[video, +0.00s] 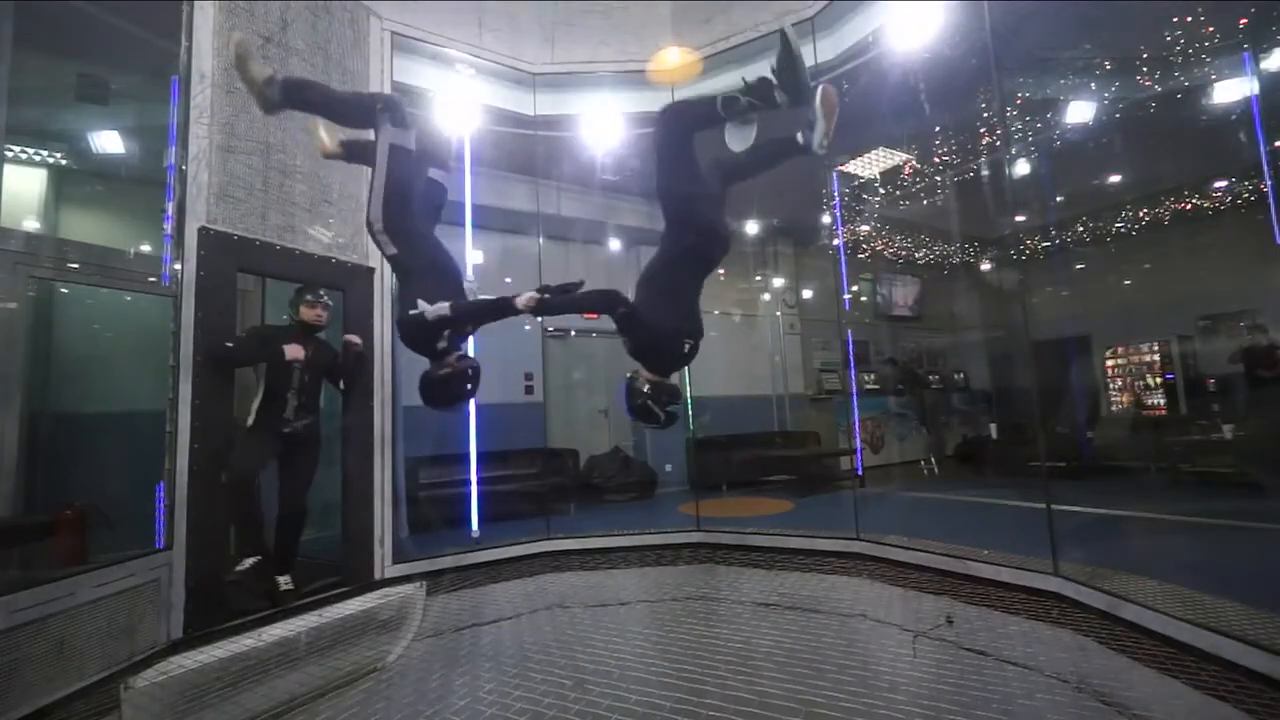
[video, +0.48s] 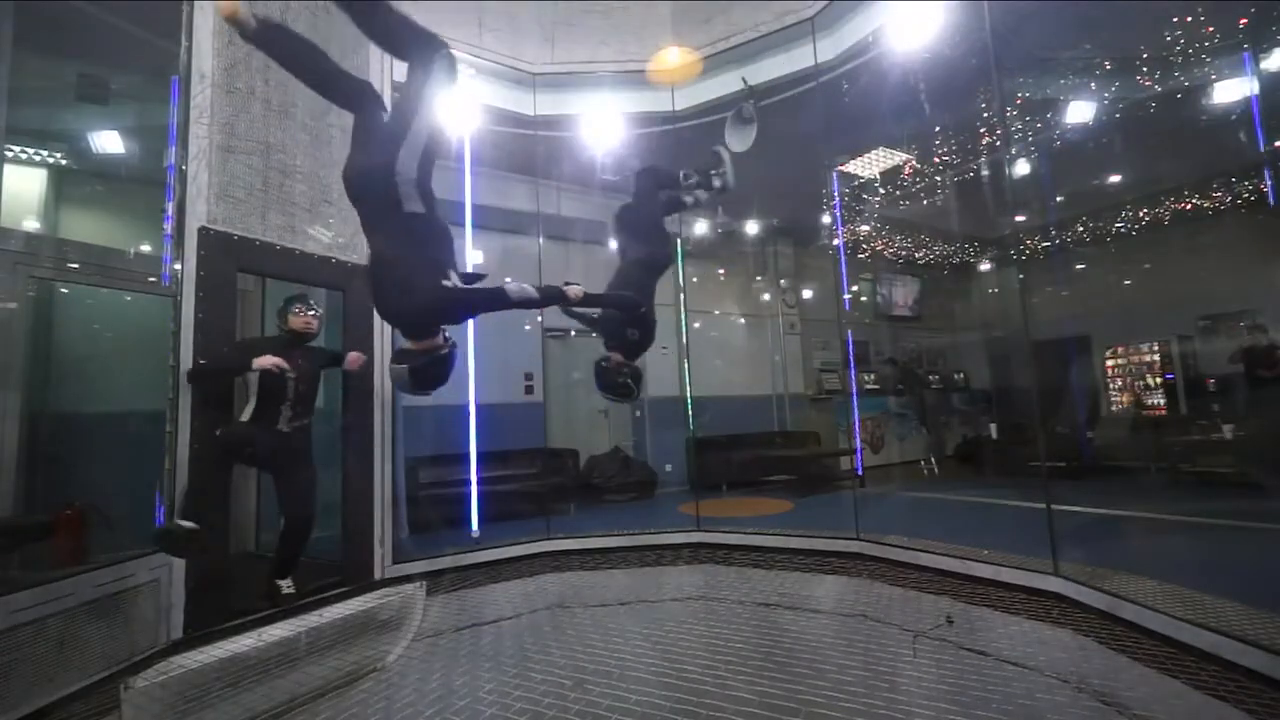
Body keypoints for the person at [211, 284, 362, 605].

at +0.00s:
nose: (319, 312)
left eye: (324, 308)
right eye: (312, 306)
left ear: (329, 314)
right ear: (296, 308)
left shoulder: (325, 351)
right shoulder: (268, 335)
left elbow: (348, 386)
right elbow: (229, 352)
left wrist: (354, 355)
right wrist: (278, 351)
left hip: (303, 436)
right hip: (265, 431)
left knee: (294, 502)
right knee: (240, 478)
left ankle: (283, 571)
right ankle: (252, 552)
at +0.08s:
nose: (317, 312)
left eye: (321, 308)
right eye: (309, 306)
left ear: (325, 313)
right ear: (293, 309)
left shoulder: (322, 352)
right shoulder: (267, 336)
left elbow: (345, 384)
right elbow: (236, 358)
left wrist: (351, 357)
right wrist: (278, 359)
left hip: (302, 435)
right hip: (266, 431)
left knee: (294, 503)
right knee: (233, 474)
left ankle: (283, 572)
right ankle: (249, 546)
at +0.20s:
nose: (315, 310)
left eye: (319, 306)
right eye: (307, 305)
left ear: (323, 313)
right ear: (290, 310)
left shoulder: (319, 351)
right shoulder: (266, 338)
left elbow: (352, 379)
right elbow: (235, 362)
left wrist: (354, 357)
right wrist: (279, 360)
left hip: (301, 437)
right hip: (265, 431)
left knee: (299, 506)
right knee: (229, 465)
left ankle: (283, 573)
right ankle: (236, 539)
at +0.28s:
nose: (315, 311)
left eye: (318, 307)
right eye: (306, 306)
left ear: (322, 313)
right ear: (289, 311)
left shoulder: (320, 351)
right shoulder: (264, 339)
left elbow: (353, 371)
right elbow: (230, 365)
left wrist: (356, 353)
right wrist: (273, 357)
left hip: (300, 437)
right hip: (263, 431)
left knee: (301, 508)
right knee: (230, 458)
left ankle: (282, 573)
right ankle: (227, 534)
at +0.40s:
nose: (314, 315)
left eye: (318, 310)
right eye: (306, 310)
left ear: (321, 318)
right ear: (288, 315)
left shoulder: (318, 352)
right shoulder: (262, 345)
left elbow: (340, 357)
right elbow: (218, 371)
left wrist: (357, 355)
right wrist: (262, 363)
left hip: (298, 440)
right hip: (259, 434)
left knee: (303, 516)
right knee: (226, 452)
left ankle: (282, 575)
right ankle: (211, 529)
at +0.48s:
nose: (310, 317)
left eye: (314, 313)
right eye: (301, 312)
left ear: (320, 322)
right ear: (284, 320)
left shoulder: (317, 355)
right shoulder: (262, 347)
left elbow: (335, 357)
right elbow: (209, 365)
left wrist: (352, 361)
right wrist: (252, 363)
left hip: (295, 446)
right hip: (256, 438)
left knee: (301, 517)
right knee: (216, 445)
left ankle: (281, 577)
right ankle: (191, 518)